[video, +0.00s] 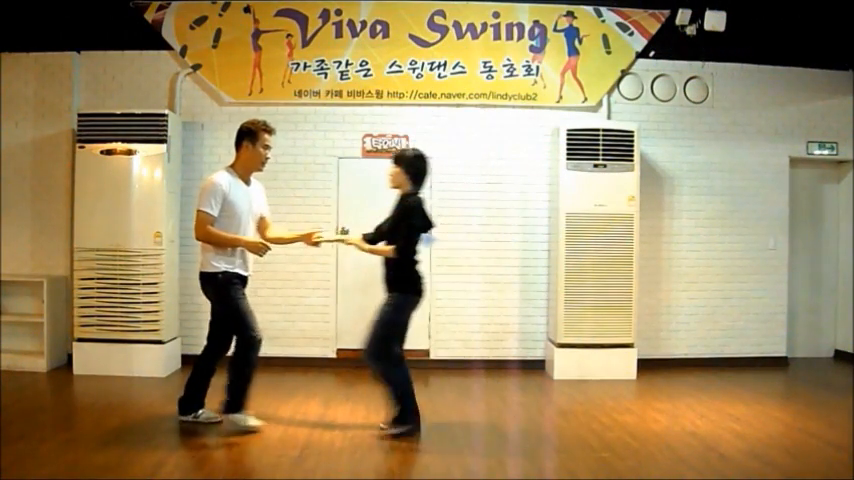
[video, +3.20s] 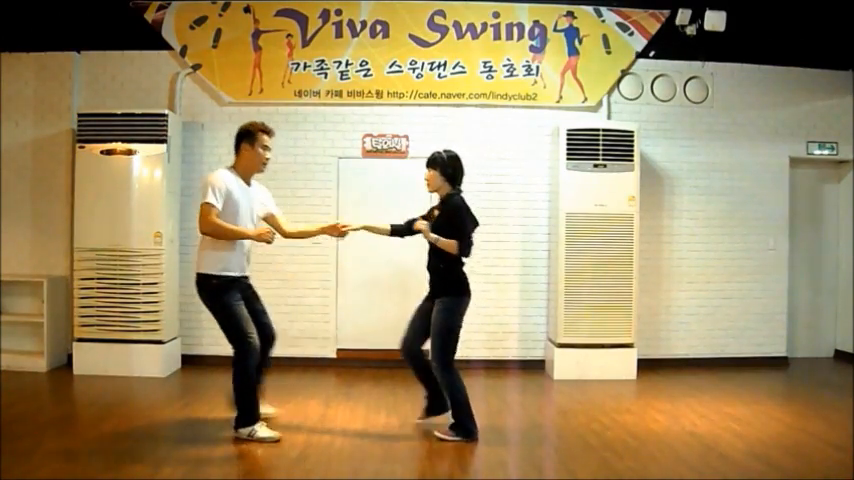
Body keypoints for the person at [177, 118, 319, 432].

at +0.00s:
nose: (268, 155)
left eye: (269, 149)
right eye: (264, 147)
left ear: (250, 149)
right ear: (244, 146)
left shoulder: (256, 188)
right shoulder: (217, 183)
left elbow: (266, 234)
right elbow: (202, 231)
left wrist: (301, 237)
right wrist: (245, 242)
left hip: (237, 276)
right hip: (217, 275)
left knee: (216, 345)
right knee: (251, 337)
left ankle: (189, 407)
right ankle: (233, 412)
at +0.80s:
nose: (286, 152)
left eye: (286, 146)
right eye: (281, 145)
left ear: (268, 149)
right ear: (263, 148)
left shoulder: (262, 184)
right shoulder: (242, 177)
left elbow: (242, 221)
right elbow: (208, 214)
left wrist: (266, 232)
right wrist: (248, 231)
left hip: (248, 277)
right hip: (227, 276)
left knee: (259, 338)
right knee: (229, 342)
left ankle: (213, 399)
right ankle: (196, 410)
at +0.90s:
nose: (287, 150)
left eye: (286, 144)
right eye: (282, 143)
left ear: (270, 147)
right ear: (263, 146)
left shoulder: (263, 182)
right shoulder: (246, 177)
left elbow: (242, 222)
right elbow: (217, 215)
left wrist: (270, 234)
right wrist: (258, 233)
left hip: (247, 276)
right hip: (228, 276)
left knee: (271, 333)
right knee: (220, 345)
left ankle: (239, 401)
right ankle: (195, 411)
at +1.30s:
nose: (295, 160)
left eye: (297, 154)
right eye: (293, 153)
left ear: (282, 149)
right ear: (275, 146)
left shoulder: (275, 178)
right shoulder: (251, 172)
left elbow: (277, 222)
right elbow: (251, 212)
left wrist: (310, 222)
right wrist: (301, 219)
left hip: (268, 272)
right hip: (246, 272)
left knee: (280, 339)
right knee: (265, 340)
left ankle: (271, 413)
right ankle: (226, 404)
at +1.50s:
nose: (310, 190)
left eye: (312, 184)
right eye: (309, 182)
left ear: (295, 176)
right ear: (292, 174)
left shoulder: (286, 205)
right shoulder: (262, 202)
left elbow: (286, 250)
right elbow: (251, 250)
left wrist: (322, 252)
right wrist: (292, 249)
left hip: (264, 293)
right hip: (244, 294)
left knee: (300, 344)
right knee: (293, 346)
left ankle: (277, 413)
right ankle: (269, 417)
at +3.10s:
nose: (278, 159)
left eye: (279, 154)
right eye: (274, 152)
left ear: (268, 157)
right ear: (253, 152)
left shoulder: (269, 196)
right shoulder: (227, 185)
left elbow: (296, 237)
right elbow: (212, 228)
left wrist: (335, 237)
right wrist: (256, 238)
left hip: (254, 283)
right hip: (226, 283)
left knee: (278, 342)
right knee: (258, 345)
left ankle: (285, 403)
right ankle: (247, 424)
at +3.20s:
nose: (268, 156)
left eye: (269, 150)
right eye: (264, 149)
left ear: (257, 153)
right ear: (243, 148)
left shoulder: (258, 191)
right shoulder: (218, 180)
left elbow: (286, 231)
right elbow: (206, 225)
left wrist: (325, 229)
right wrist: (251, 233)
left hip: (239, 278)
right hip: (213, 279)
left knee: (266, 336)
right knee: (248, 344)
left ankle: (249, 401)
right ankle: (246, 424)